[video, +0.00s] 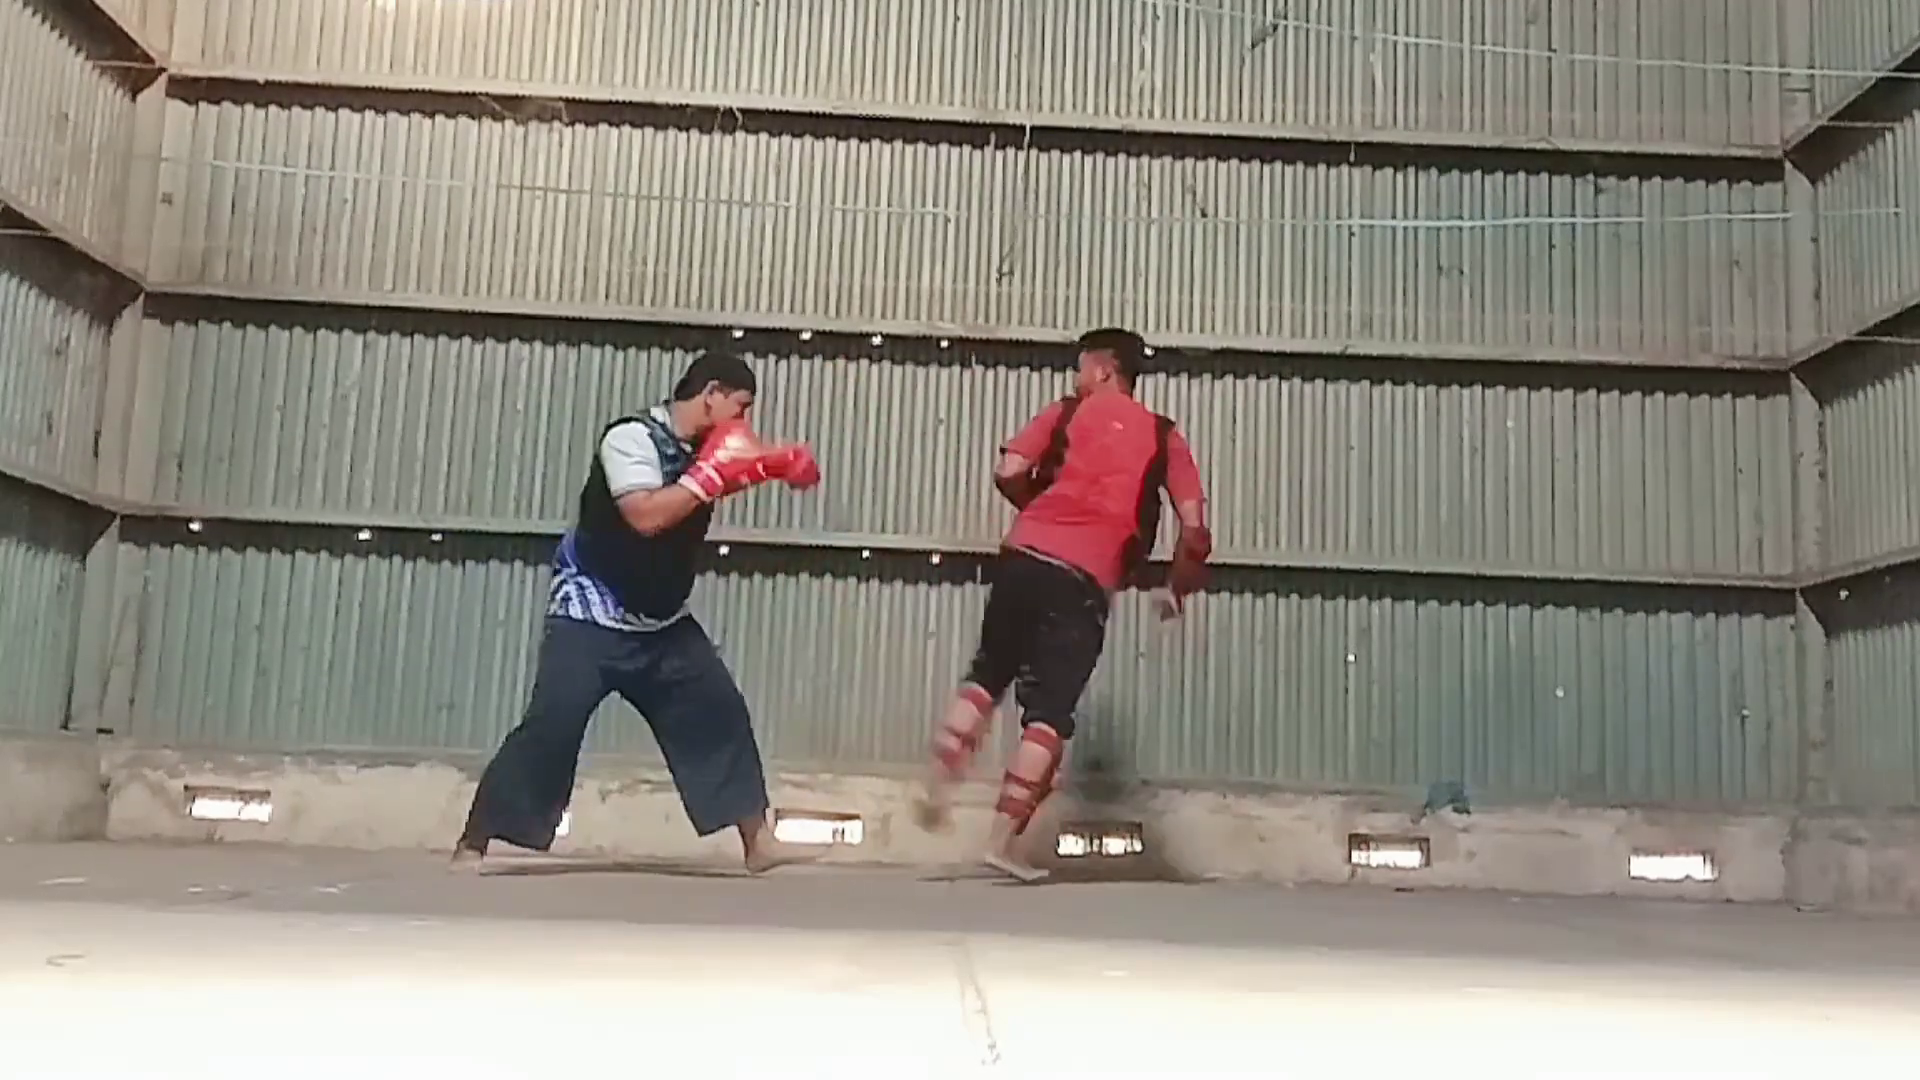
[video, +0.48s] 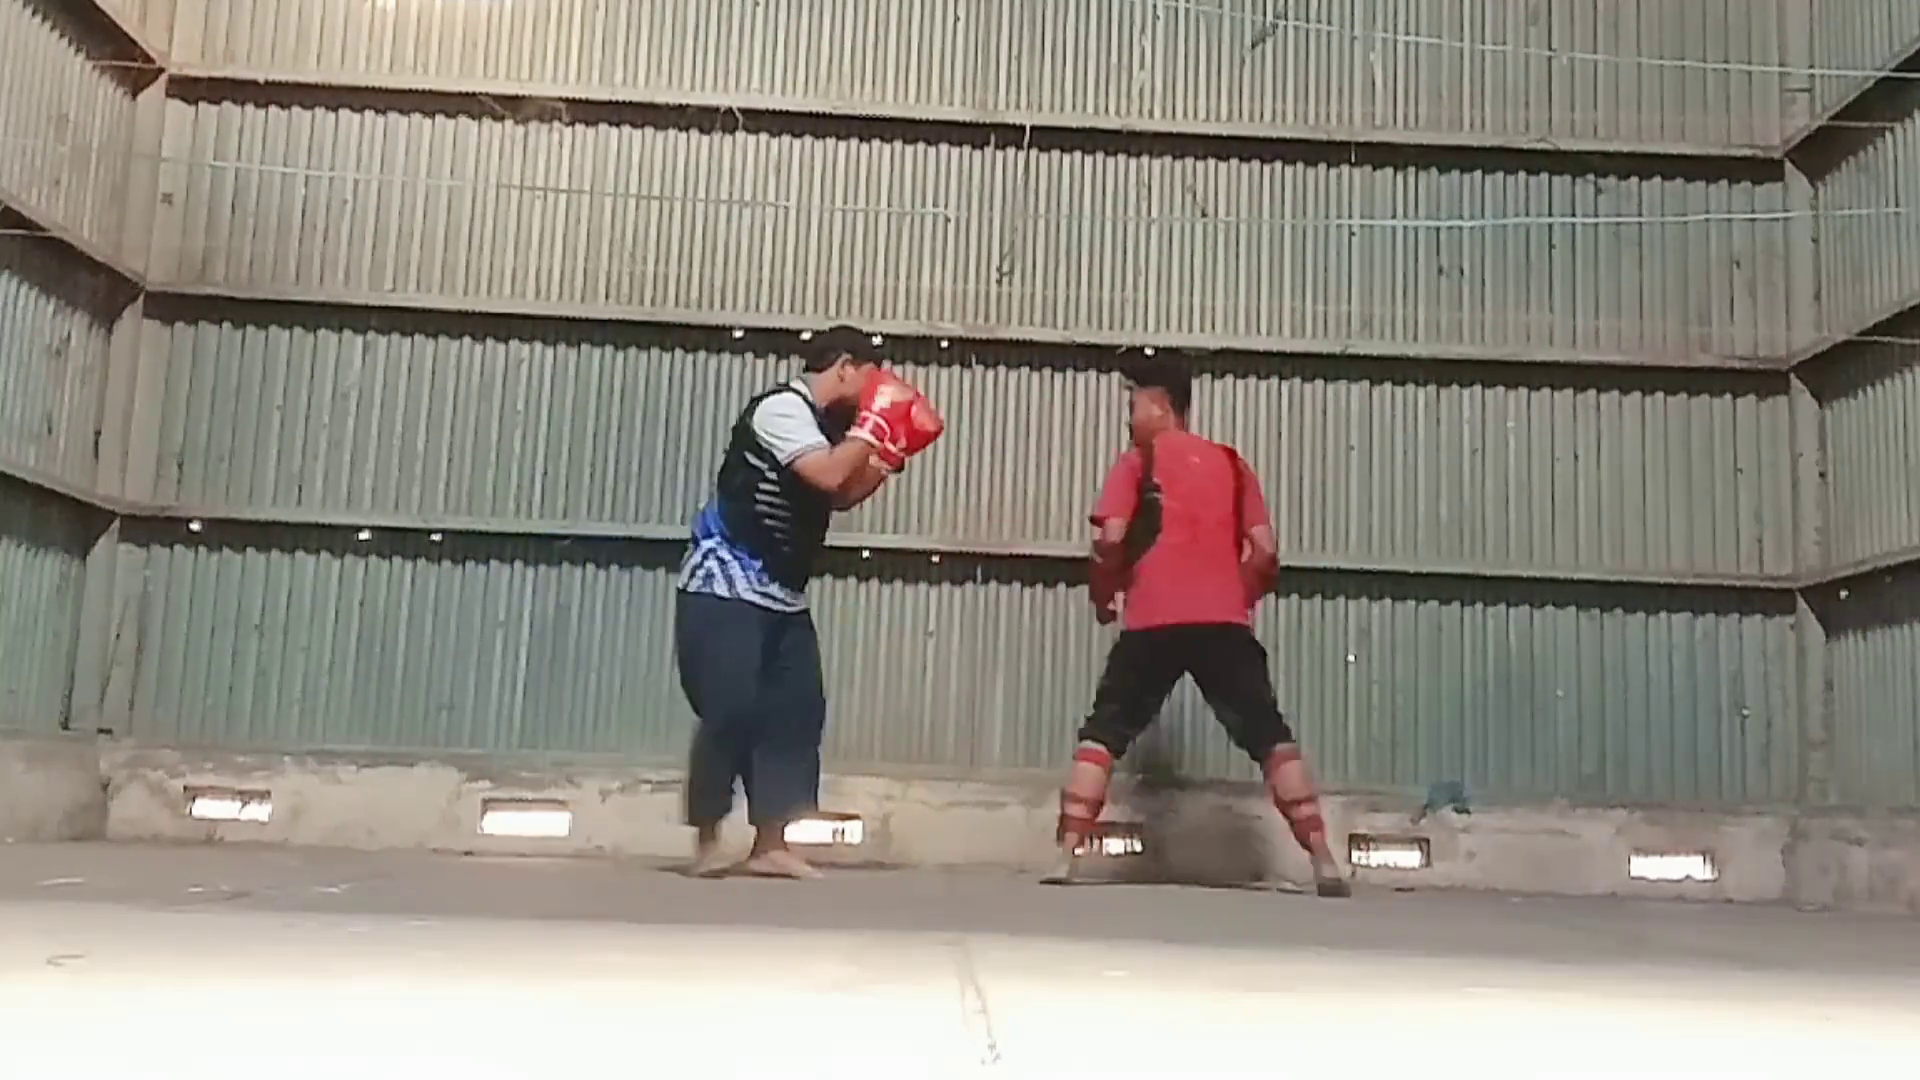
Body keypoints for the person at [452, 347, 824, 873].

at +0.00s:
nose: (743, 423)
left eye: (747, 412)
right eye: (740, 409)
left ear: (712, 398)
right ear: (710, 395)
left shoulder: (704, 450)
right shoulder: (628, 438)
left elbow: (729, 471)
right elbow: (646, 515)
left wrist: (776, 465)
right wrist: (712, 470)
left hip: (662, 617)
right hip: (590, 610)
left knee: (722, 710)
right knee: (555, 720)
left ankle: (759, 842)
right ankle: (474, 843)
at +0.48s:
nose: (870, 384)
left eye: (871, 376)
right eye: (868, 374)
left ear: (841, 368)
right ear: (845, 367)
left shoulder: (826, 425)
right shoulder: (779, 408)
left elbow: (847, 493)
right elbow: (829, 476)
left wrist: (892, 452)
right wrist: (872, 420)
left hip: (783, 595)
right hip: (725, 585)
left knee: (794, 712)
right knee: (730, 710)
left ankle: (770, 846)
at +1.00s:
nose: (930, 410)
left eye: (930, 399)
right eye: (927, 399)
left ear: (887, 397)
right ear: (901, 397)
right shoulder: (890, 449)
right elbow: (960, 519)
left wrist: (942, 556)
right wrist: (985, 555)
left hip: (869, 613)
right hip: (815, 614)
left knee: (926, 710)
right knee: (817, 730)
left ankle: (956, 841)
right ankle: (774, 848)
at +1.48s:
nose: (963, 448)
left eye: (965, 439)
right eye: (957, 437)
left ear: (933, 435)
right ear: (923, 431)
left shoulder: (939, 497)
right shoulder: (864, 473)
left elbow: (915, 561)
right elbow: (800, 518)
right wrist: (761, 563)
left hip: (925, 660)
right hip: (846, 654)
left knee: (1000, 741)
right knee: (783, 740)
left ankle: (1036, 849)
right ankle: (708, 846)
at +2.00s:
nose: (1036, 473)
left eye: (1043, 465)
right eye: (1027, 461)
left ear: (1046, 469)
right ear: (999, 458)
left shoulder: (1045, 518)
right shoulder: (951, 498)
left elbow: (1053, 590)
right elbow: (909, 561)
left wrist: (1069, 577)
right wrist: (966, 551)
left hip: (1000, 657)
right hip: (931, 655)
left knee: (1031, 733)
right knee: (909, 750)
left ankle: (1048, 841)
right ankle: (912, 841)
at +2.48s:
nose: (1022, 442)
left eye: (1029, 434)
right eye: (1013, 431)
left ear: (1033, 440)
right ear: (986, 430)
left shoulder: (1041, 495)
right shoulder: (941, 487)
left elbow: (1066, 572)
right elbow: (925, 560)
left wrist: (1059, 551)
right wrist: (977, 535)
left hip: (1007, 656)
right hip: (932, 646)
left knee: (1037, 746)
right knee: (876, 724)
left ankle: (1021, 847)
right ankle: (819, 833)